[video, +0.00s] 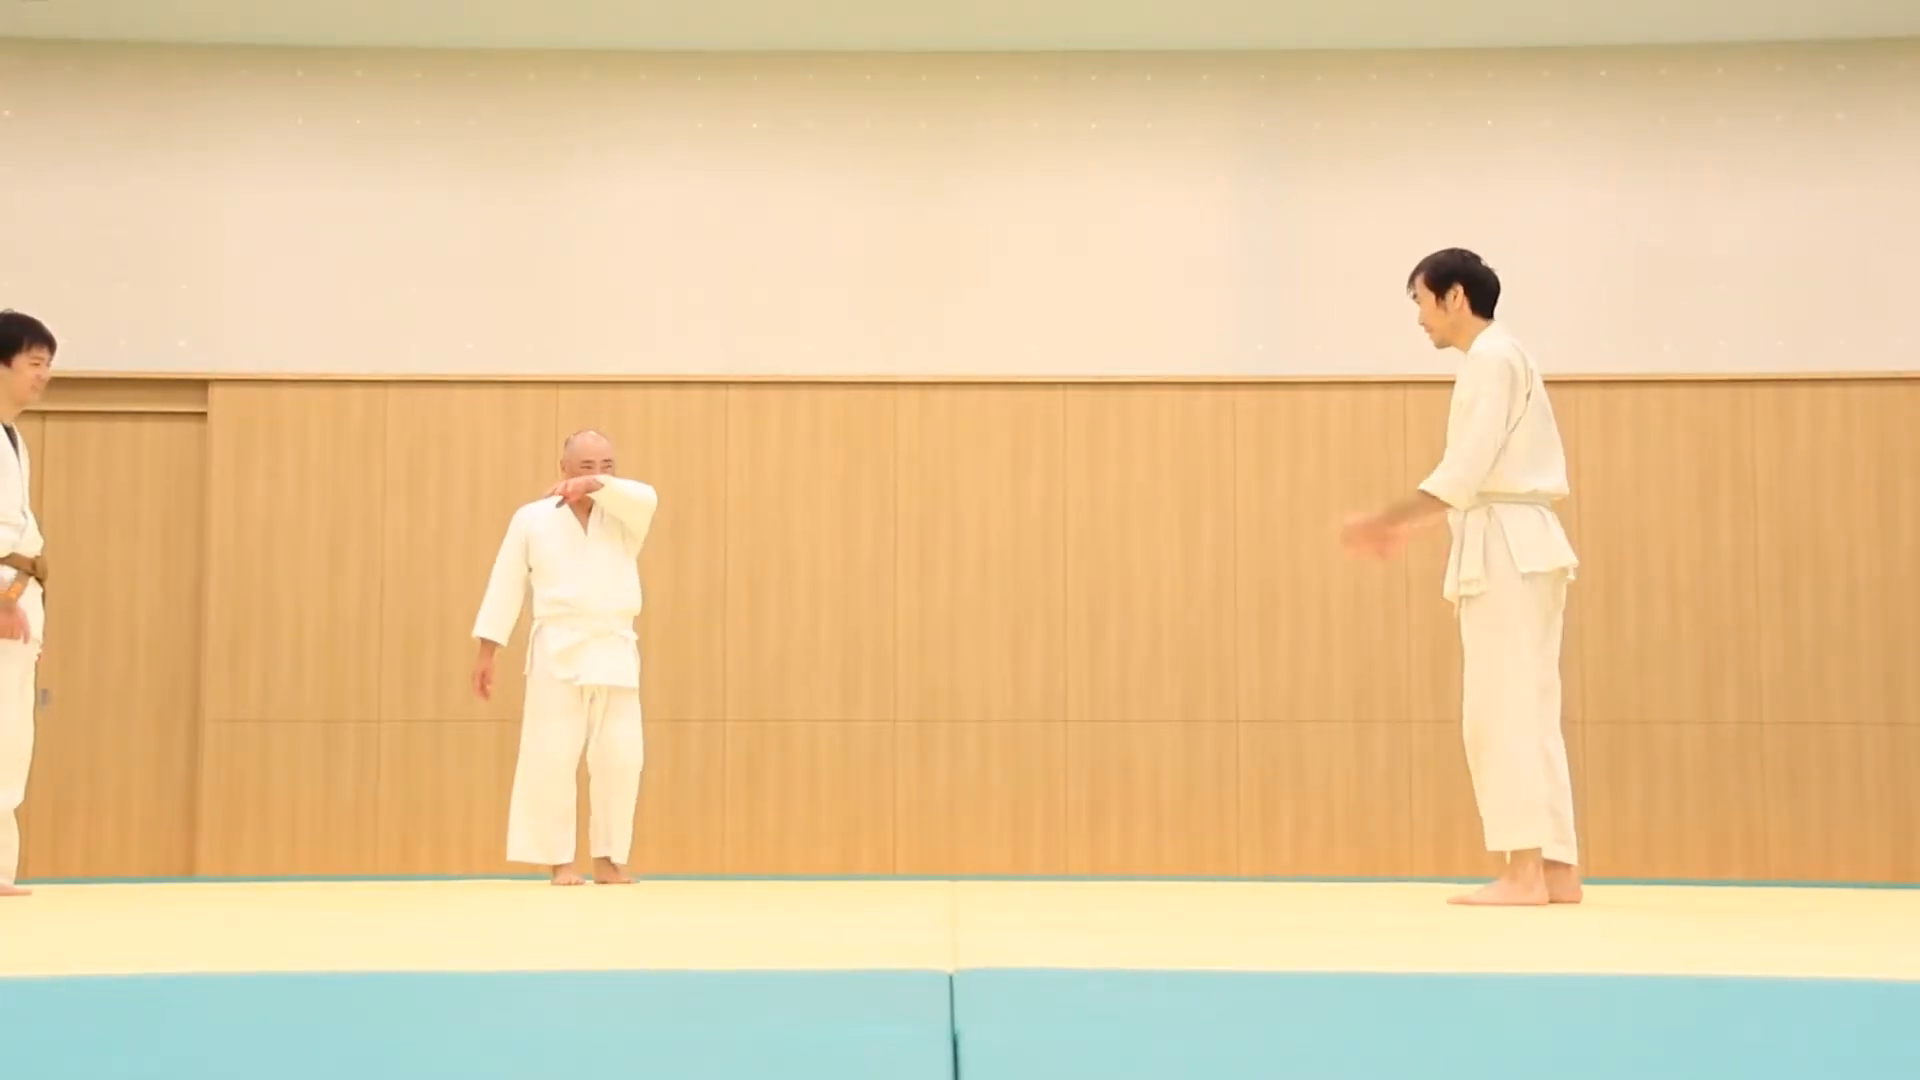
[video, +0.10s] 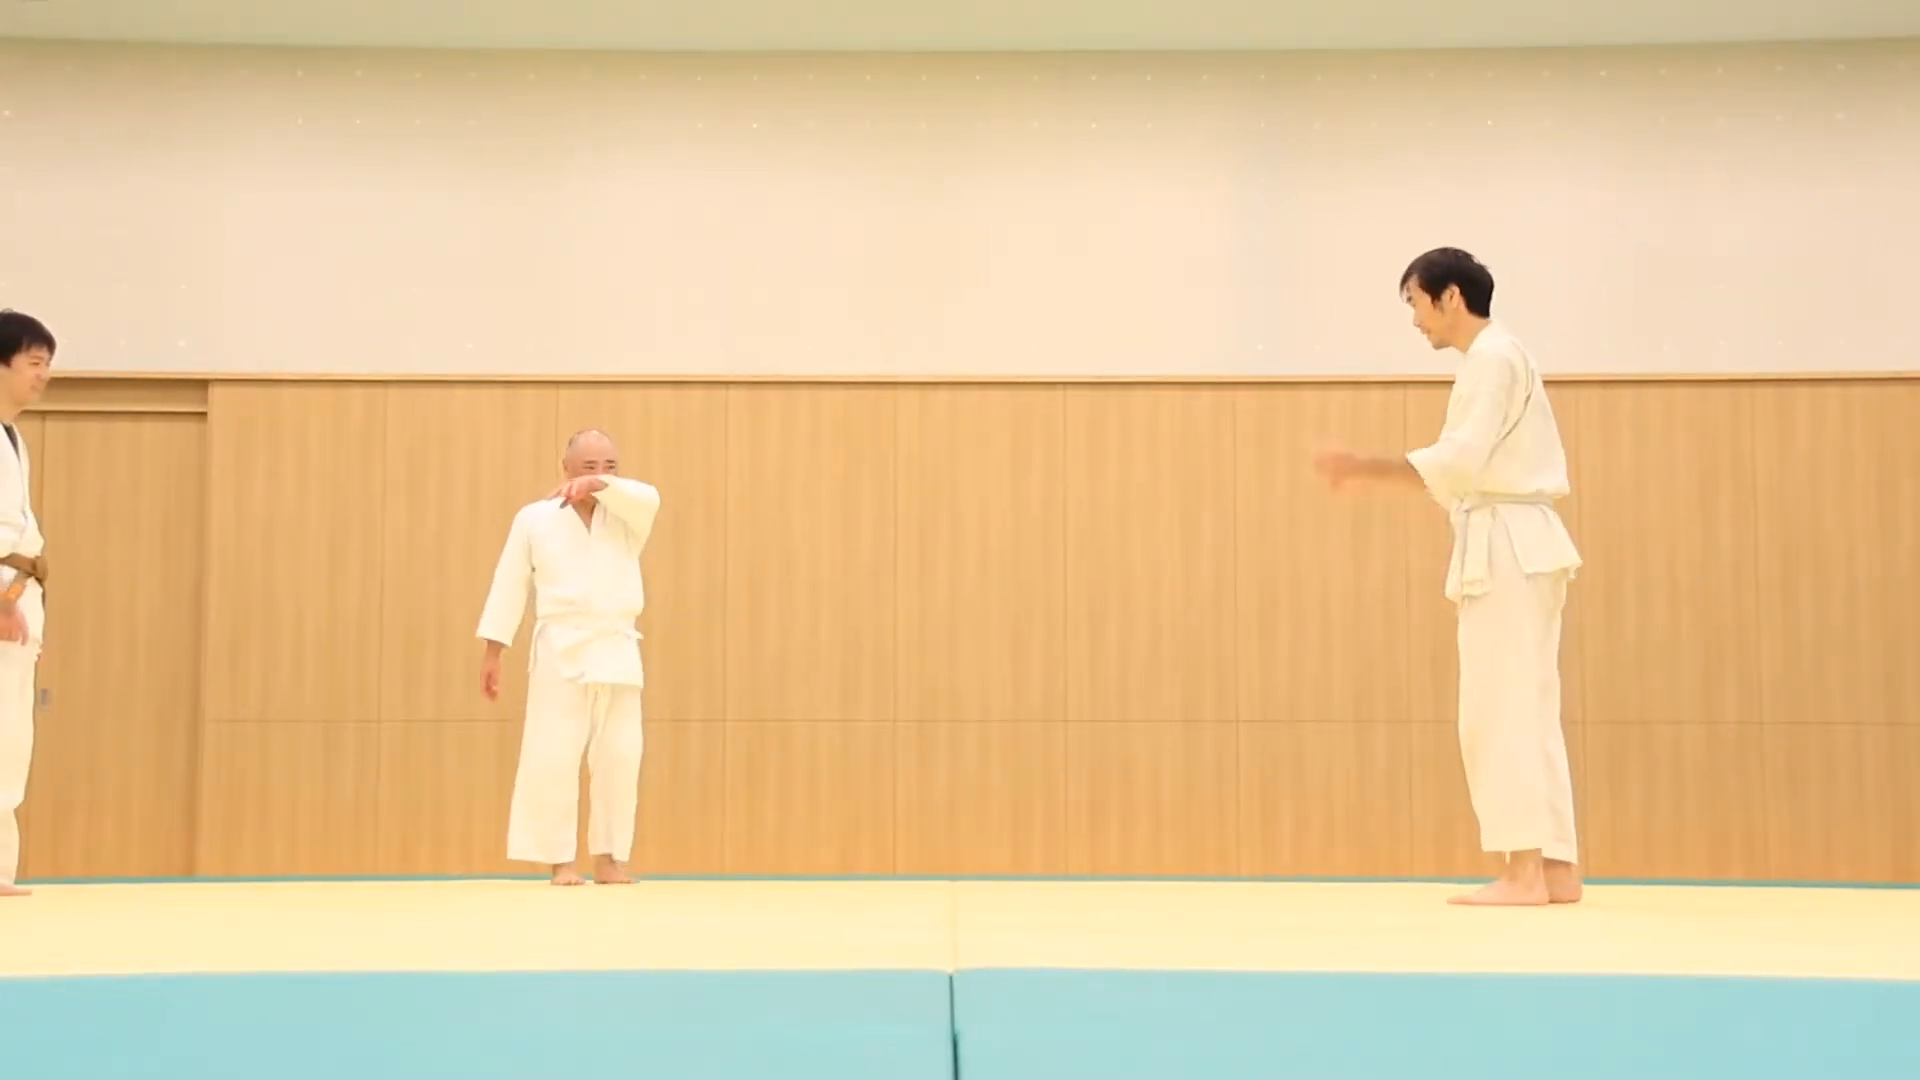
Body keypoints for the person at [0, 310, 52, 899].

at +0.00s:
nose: (44, 375)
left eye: (47, 365)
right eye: (35, 363)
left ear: (37, 370)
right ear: (5, 363)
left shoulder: (14, 441)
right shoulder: (1, 441)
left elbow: (26, 529)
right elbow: (8, 528)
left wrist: (18, 587)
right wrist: (9, 596)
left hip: (22, 601)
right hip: (6, 603)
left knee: (15, 739)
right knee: (8, 741)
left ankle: (6, 867)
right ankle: (2, 867)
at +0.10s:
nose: (44, 375)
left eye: (47, 364)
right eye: (35, 362)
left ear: (35, 369)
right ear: (5, 363)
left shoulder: (14, 441)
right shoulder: (2, 441)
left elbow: (25, 529)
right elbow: (9, 529)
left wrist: (19, 591)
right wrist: (9, 596)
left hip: (23, 600)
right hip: (7, 601)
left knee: (14, 738)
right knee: (8, 740)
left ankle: (6, 867)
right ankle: (2, 867)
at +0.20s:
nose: (44, 375)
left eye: (46, 365)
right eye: (35, 363)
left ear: (35, 370)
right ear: (4, 364)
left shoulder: (14, 440)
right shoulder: (2, 440)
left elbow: (25, 532)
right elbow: (9, 530)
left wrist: (14, 595)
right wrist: (7, 599)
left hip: (22, 601)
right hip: (8, 603)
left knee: (14, 739)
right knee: (8, 740)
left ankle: (6, 866)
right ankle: (2, 867)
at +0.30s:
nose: (43, 375)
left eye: (46, 364)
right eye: (35, 362)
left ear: (31, 369)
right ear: (5, 362)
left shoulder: (13, 439)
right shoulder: (1, 438)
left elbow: (26, 531)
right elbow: (5, 527)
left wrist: (17, 577)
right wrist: (30, 556)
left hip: (20, 607)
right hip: (9, 609)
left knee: (13, 744)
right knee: (8, 745)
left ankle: (6, 868)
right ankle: (2, 869)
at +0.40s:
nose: (43, 375)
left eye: (45, 363)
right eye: (34, 362)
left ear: (29, 367)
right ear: (5, 362)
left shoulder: (13, 439)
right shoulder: (0, 438)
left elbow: (26, 530)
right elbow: (5, 526)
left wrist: (17, 575)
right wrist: (30, 555)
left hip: (19, 610)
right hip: (8, 612)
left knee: (12, 746)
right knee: (7, 747)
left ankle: (5, 869)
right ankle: (2, 869)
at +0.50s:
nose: (40, 375)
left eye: (43, 364)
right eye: (31, 362)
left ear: (32, 369)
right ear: (1, 363)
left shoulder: (12, 440)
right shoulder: (1, 440)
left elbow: (25, 529)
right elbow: (7, 528)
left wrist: (16, 575)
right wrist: (30, 557)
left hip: (20, 611)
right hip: (10, 613)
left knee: (13, 747)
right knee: (8, 748)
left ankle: (7, 869)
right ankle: (3, 869)